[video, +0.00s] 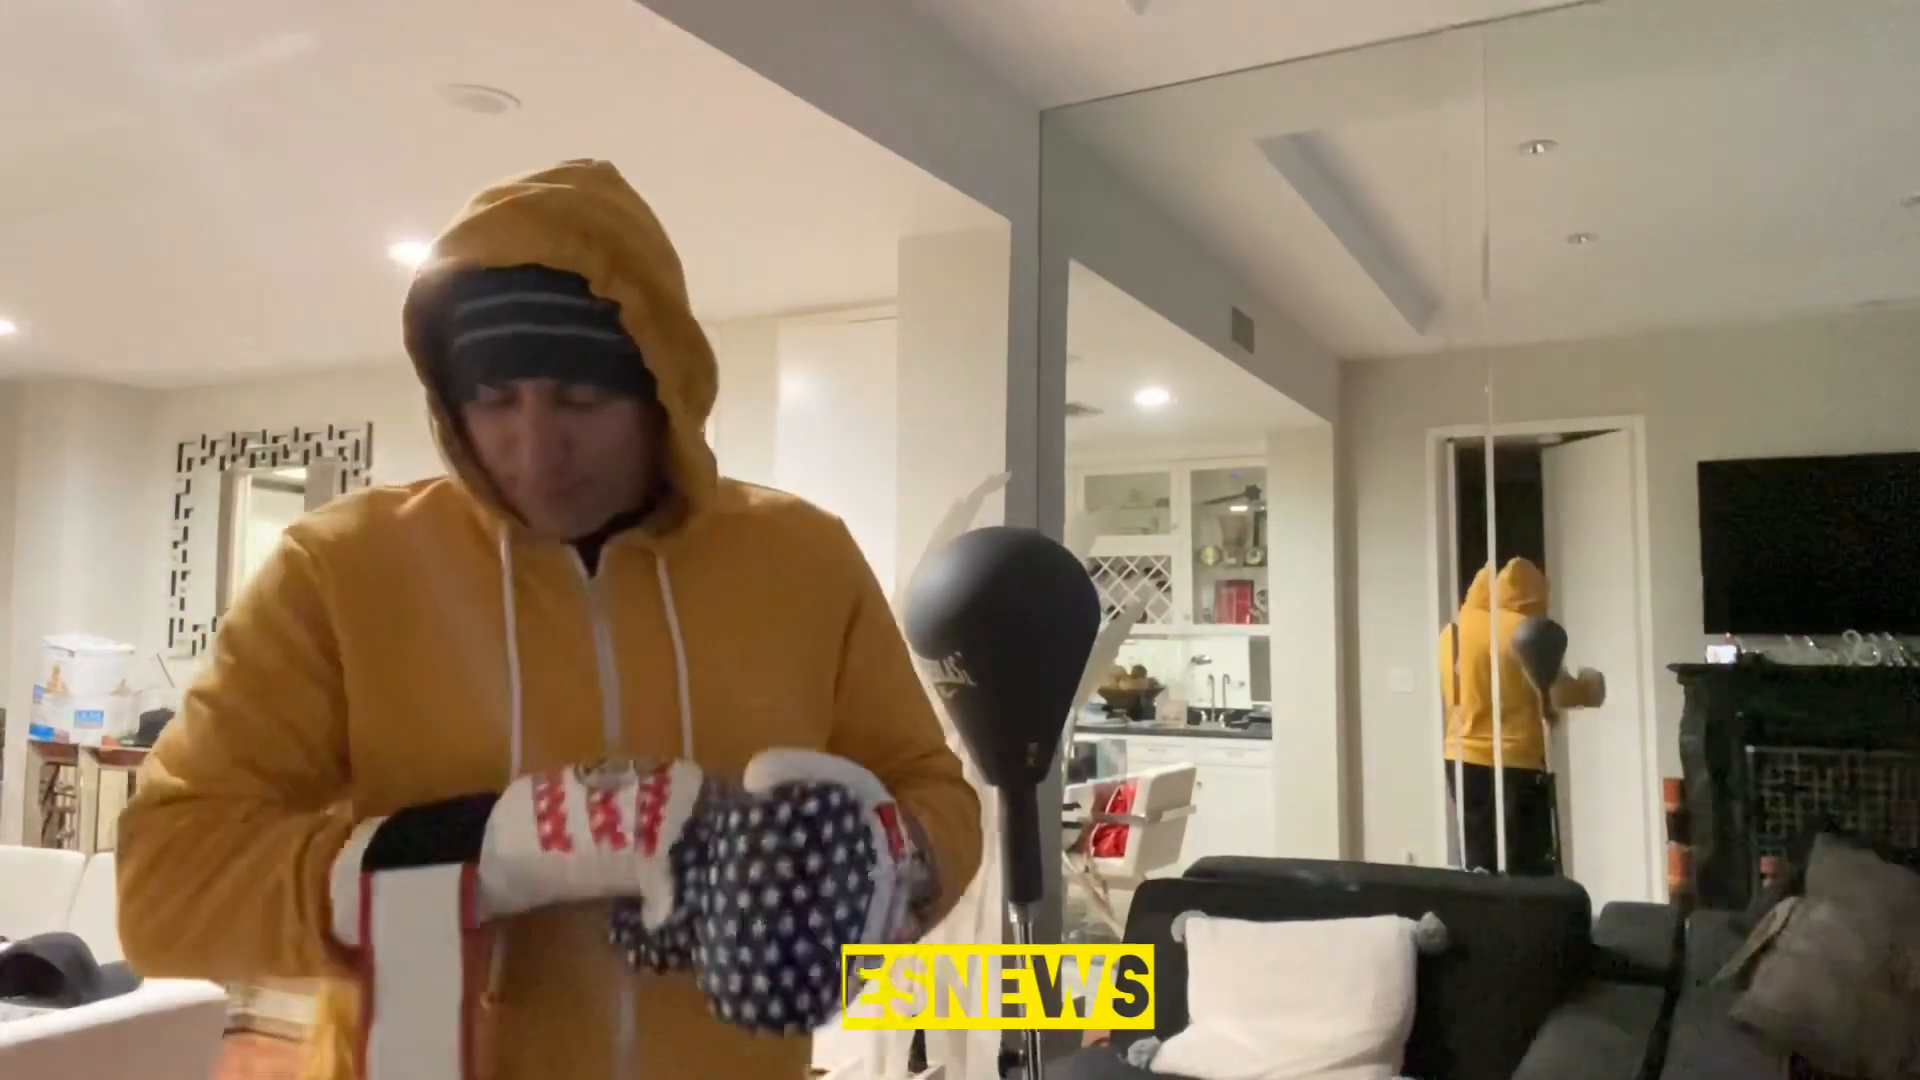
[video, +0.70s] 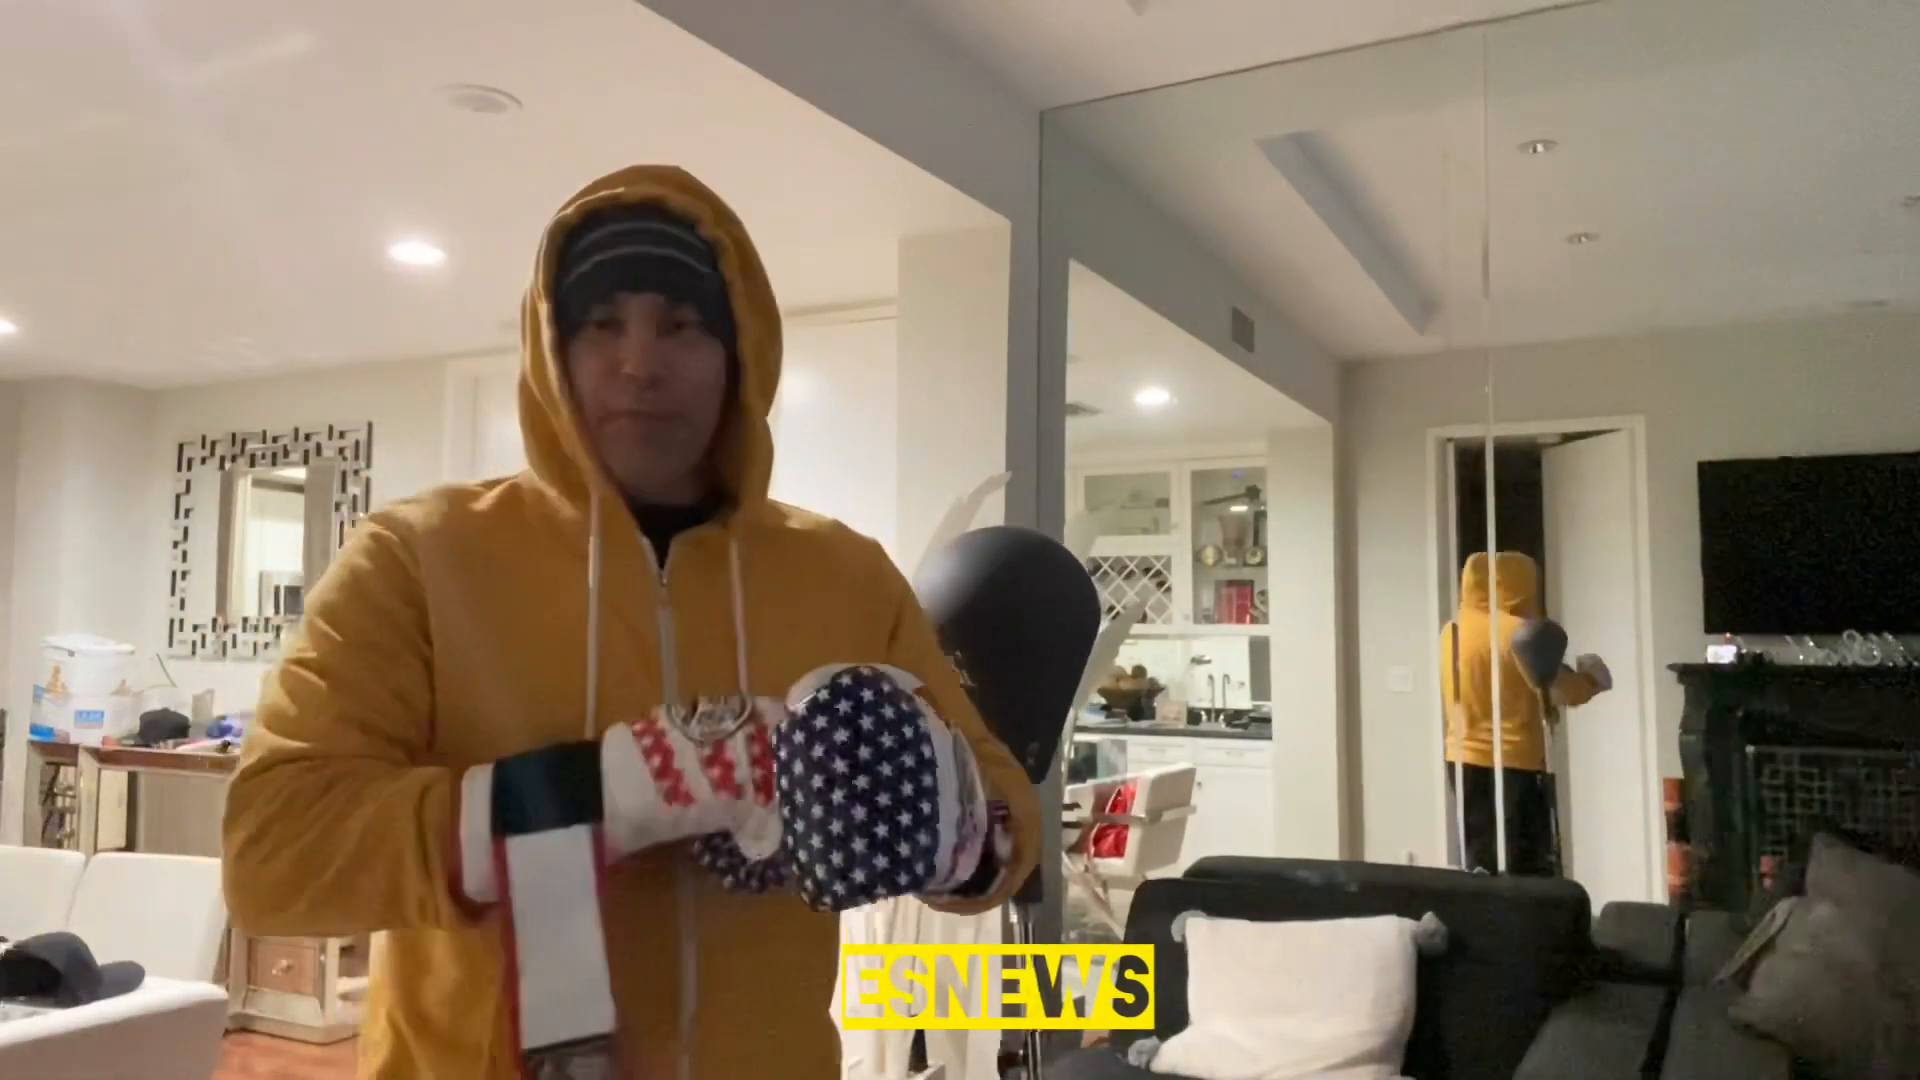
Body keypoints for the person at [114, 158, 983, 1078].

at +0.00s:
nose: (536, 445)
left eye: (580, 396)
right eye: (496, 399)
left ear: (661, 390)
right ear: (451, 408)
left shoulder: (799, 561)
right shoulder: (338, 578)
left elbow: (933, 796)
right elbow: (166, 880)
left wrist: (856, 859)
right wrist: (469, 851)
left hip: (738, 1066)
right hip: (441, 1066)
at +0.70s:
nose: (640, 365)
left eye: (680, 326)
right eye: (602, 325)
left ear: (738, 353)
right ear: (553, 354)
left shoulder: (849, 581)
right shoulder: (418, 559)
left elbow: (1006, 812)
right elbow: (273, 850)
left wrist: (950, 824)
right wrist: (587, 791)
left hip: (764, 1064)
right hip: (474, 1063)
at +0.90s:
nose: (646, 357)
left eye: (686, 321)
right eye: (609, 321)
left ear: (740, 357)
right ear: (562, 356)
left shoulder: (848, 579)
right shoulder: (437, 553)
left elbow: (1003, 772)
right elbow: (356, 814)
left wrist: (903, 835)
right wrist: (671, 711)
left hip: (768, 1057)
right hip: (488, 1052)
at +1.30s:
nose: (646, 429)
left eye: (685, 390)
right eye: (609, 390)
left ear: (745, 408)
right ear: (564, 411)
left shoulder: (846, 593)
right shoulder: (453, 552)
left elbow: (1004, 812)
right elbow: (341, 778)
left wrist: (816, 898)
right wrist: (610, 763)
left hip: (756, 1061)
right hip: (483, 1054)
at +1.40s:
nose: (644, 438)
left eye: (684, 397)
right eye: (609, 397)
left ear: (744, 411)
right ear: (564, 413)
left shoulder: (845, 602)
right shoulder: (447, 560)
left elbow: (977, 820)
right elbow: (324, 808)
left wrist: (848, 917)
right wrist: (588, 838)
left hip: (759, 1066)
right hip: (486, 1059)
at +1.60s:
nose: (653, 476)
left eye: (691, 432)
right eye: (613, 433)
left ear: (744, 435)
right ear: (559, 435)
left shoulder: (832, 606)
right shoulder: (433, 574)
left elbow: (905, 855)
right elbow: (346, 863)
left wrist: (910, 1039)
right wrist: (595, 953)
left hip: (749, 1066)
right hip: (476, 1063)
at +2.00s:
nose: (681, 500)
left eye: (717, 461)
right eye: (646, 458)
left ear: (755, 458)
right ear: (576, 439)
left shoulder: (806, 597)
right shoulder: (418, 572)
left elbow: (864, 821)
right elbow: (339, 902)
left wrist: (913, 924)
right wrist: (562, 1053)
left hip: (758, 1062)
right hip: (509, 1060)